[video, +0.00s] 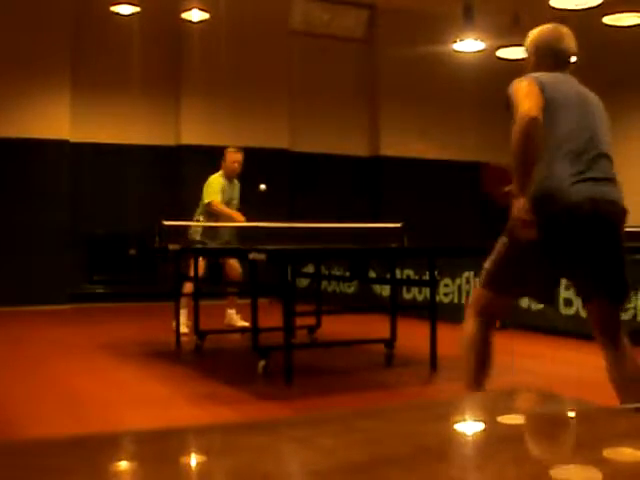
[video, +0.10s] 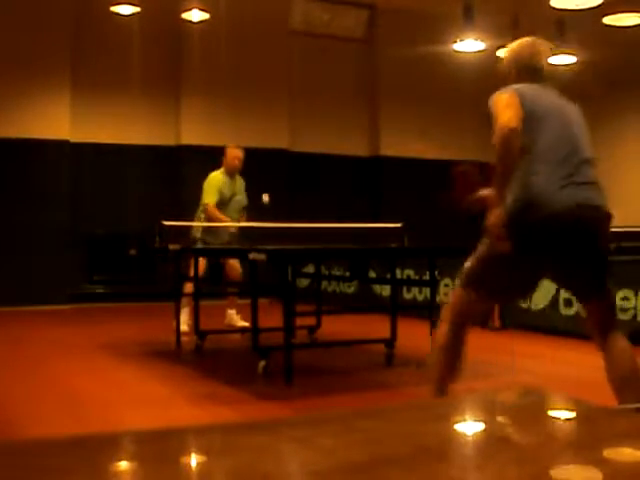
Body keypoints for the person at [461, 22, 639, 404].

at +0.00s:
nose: (526, 59)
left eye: (528, 54)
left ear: (531, 57)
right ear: (572, 60)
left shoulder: (527, 83)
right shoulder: (592, 98)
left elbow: (530, 116)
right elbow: (603, 160)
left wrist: (520, 191)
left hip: (551, 209)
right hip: (604, 211)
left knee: (482, 310)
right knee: (611, 331)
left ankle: (471, 410)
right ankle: (634, 417)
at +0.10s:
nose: (500, 72)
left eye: (502, 66)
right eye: (500, 66)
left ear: (510, 69)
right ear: (544, 70)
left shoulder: (508, 95)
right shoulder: (569, 107)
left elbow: (509, 129)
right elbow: (564, 165)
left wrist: (498, 196)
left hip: (535, 216)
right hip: (589, 217)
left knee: (458, 310)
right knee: (608, 327)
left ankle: (436, 403)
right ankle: (634, 418)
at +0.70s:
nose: (286, 131)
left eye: (286, 123)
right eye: (286, 123)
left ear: (294, 123)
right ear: (325, 114)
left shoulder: (321, 142)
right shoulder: (352, 138)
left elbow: (355, 184)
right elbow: (347, 204)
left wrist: (358, 256)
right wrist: (292, 217)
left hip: (403, 219)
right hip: (450, 209)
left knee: (336, 312)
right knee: (492, 317)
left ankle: (344, 405)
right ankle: (558, 397)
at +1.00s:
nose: (305, 100)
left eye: (305, 93)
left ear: (308, 91)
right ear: (345, 86)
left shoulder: (324, 115)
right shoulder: (372, 111)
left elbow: (337, 165)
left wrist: (332, 241)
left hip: (396, 204)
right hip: (444, 196)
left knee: (342, 310)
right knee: (471, 315)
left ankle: (346, 405)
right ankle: (524, 397)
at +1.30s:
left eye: (367, 51)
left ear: (369, 54)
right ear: (409, 54)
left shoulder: (367, 79)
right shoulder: (433, 87)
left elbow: (363, 110)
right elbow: (454, 138)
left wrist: (365, 178)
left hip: (400, 195)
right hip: (455, 193)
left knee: (347, 303)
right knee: (488, 310)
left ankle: (334, 403)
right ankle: (528, 401)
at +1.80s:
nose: (555, 103)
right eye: (553, 97)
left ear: (508, 94)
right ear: (546, 98)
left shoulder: (476, 122)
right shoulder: (543, 123)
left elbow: (418, 153)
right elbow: (540, 160)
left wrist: (379, 194)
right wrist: (567, 229)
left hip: (435, 213)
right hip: (491, 216)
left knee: (399, 319)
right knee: (528, 324)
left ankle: (349, 402)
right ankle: (529, 415)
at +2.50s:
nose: (602, 145)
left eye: (603, 139)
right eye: (603, 140)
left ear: (611, 138)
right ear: (633, 136)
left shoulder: (603, 161)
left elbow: (586, 203)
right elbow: (586, 205)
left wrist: (589, 252)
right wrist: (590, 253)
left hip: (621, 237)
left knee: (614, 311)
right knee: (614, 311)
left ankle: (619, 384)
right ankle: (619, 384)